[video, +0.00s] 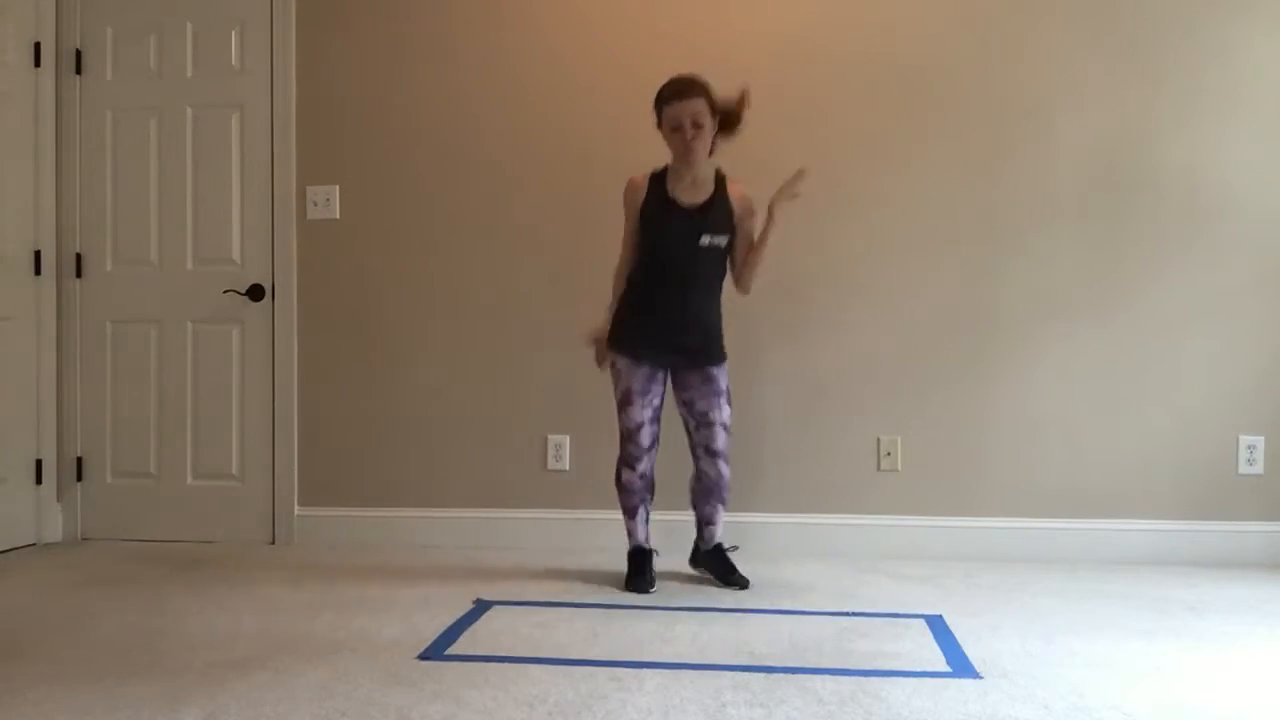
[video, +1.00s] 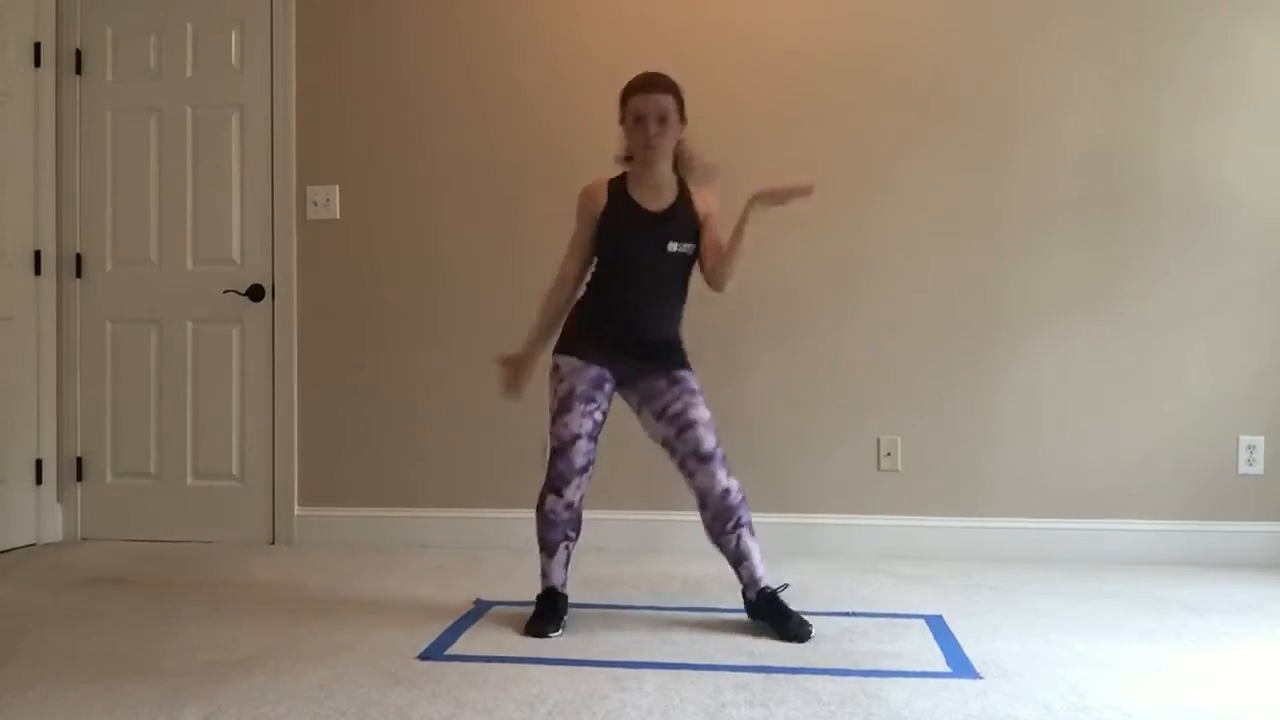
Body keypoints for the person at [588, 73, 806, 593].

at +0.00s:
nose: (687, 135)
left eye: (697, 124)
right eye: (676, 126)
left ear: (714, 127)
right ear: (662, 133)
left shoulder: (734, 199)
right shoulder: (642, 190)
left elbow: (743, 280)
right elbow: (627, 263)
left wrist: (771, 214)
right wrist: (609, 324)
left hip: (700, 342)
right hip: (638, 338)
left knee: (714, 449)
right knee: (637, 450)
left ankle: (709, 546)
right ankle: (639, 550)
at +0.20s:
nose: (681, 122)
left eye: (690, 111)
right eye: (669, 112)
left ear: (704, 113)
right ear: (651, 118)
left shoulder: (725, 177)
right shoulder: (631, 181)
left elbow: (758, 254)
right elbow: (607, 264)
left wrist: (828, 255)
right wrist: (549, 309)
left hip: (716, 325)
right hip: (651, 330)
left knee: (751, 429)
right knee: (645, 445)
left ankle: (754, 525)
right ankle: (643, 549)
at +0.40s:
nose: (702, 125)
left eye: (712, 114)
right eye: (690, 114)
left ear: (724, 118)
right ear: (667, 118)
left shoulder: (738, 180)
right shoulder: (638, 182)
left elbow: (761, 260)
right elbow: (592, 247)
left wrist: (781, 333)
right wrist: (576, 173)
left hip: (747, 324)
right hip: (683, 332)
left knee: (766, 447)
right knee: (674, 438)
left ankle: (798, 582)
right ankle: (682, 548)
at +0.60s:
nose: (702, 110)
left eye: (714, 99)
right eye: (693, 100)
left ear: (738, 105)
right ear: (681, 106)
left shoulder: (757, 180)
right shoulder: (658, 180)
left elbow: (787, 271)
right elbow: (600, 242)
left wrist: (839, 340)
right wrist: (548, 195)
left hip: (746, 340)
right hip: (676, 341)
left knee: (766, 463)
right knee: (636, 452)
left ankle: (804, 591)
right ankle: (654, 527)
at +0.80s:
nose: (684, 87)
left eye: (696, 75)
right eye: (674, 77)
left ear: (722, 82)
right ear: (664, 85)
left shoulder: (738, 156)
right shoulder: (640, 152)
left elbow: (767, 242)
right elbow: (592, 229)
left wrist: (818, 198)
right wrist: (535, 281)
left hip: (703, 319)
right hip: (629, 314)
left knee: (735, 450)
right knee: (588, 437)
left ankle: (782, 583)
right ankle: (579, 556)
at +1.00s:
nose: (650, 130)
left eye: (661, 120)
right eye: (638, 120)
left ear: (680, 128)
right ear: (623, 129)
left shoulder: (698, 203)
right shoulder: (600, 196)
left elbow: (718, 277)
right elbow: (569, 278)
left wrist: (751, 209)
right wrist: (529, 350)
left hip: (658, 357)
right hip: (587, 351)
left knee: (710, 469)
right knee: (567, 469)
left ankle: (759, 592)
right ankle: (552, 593)